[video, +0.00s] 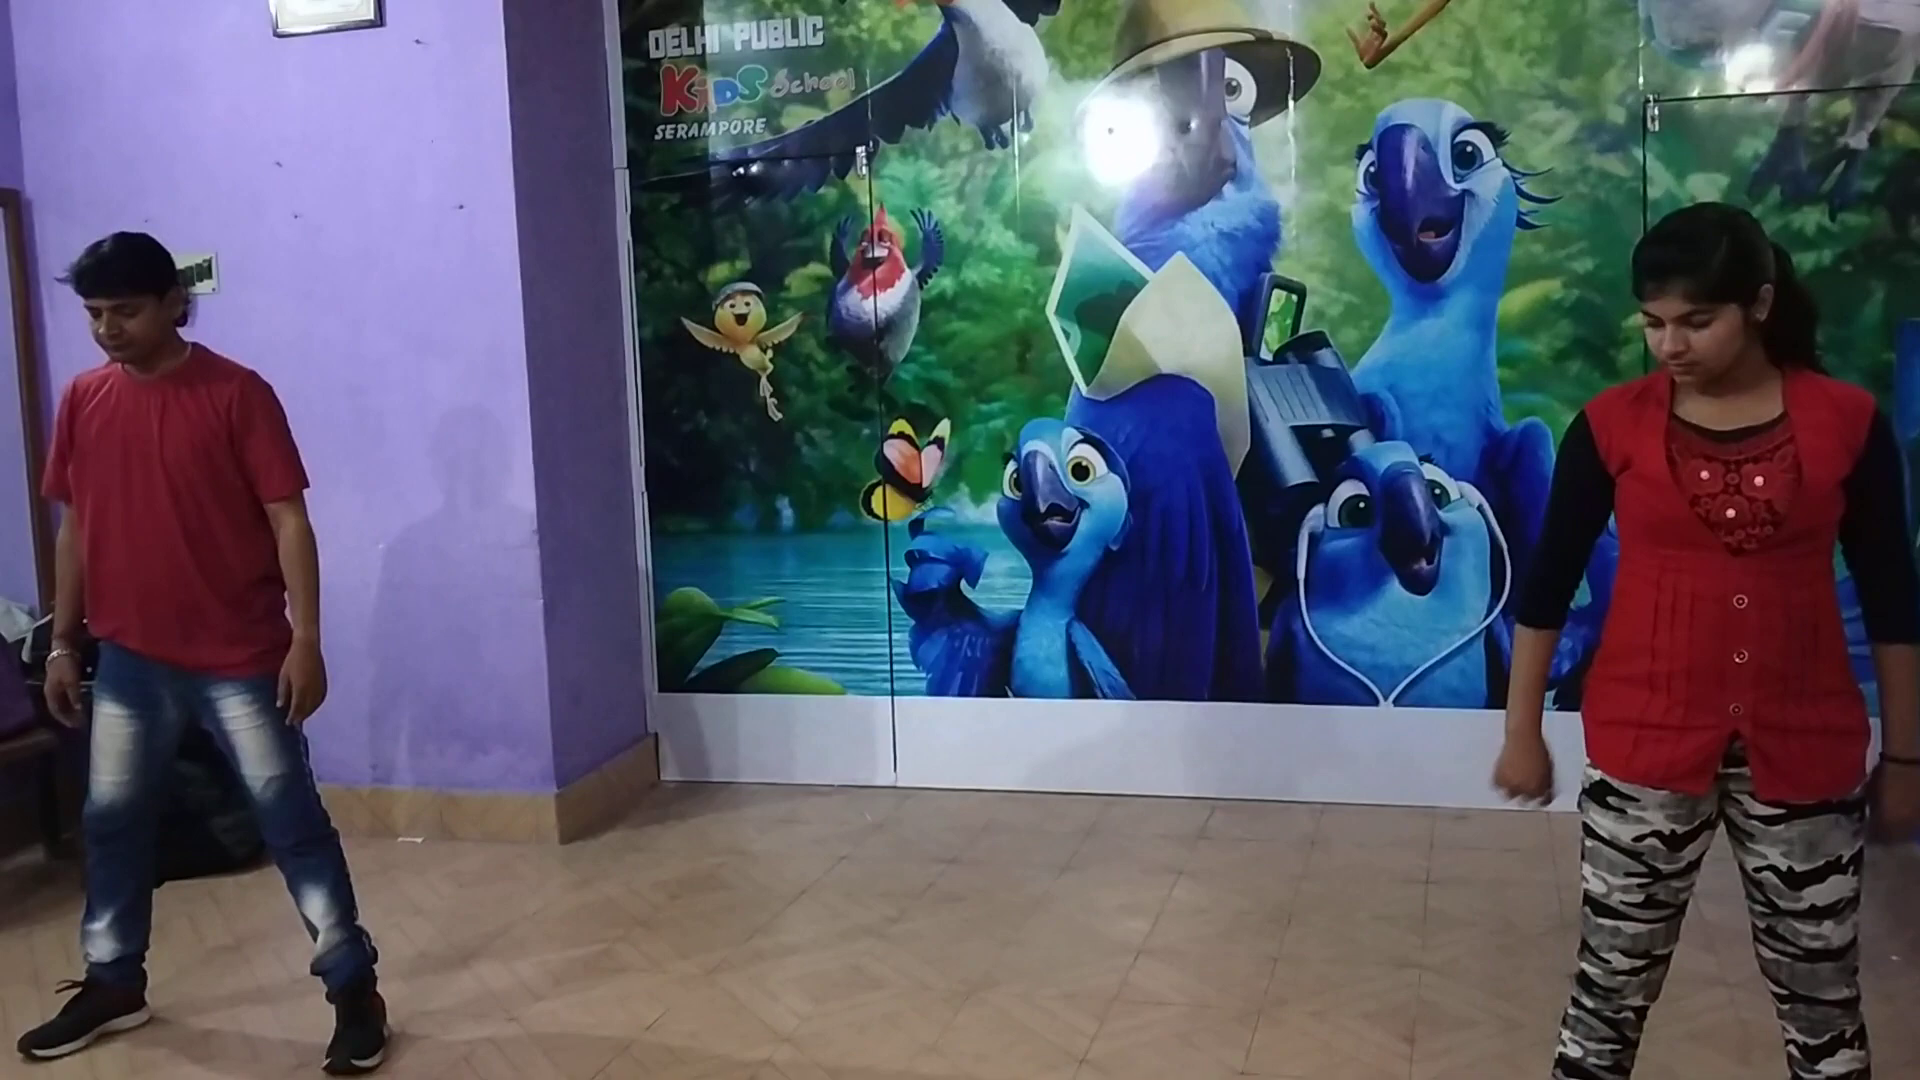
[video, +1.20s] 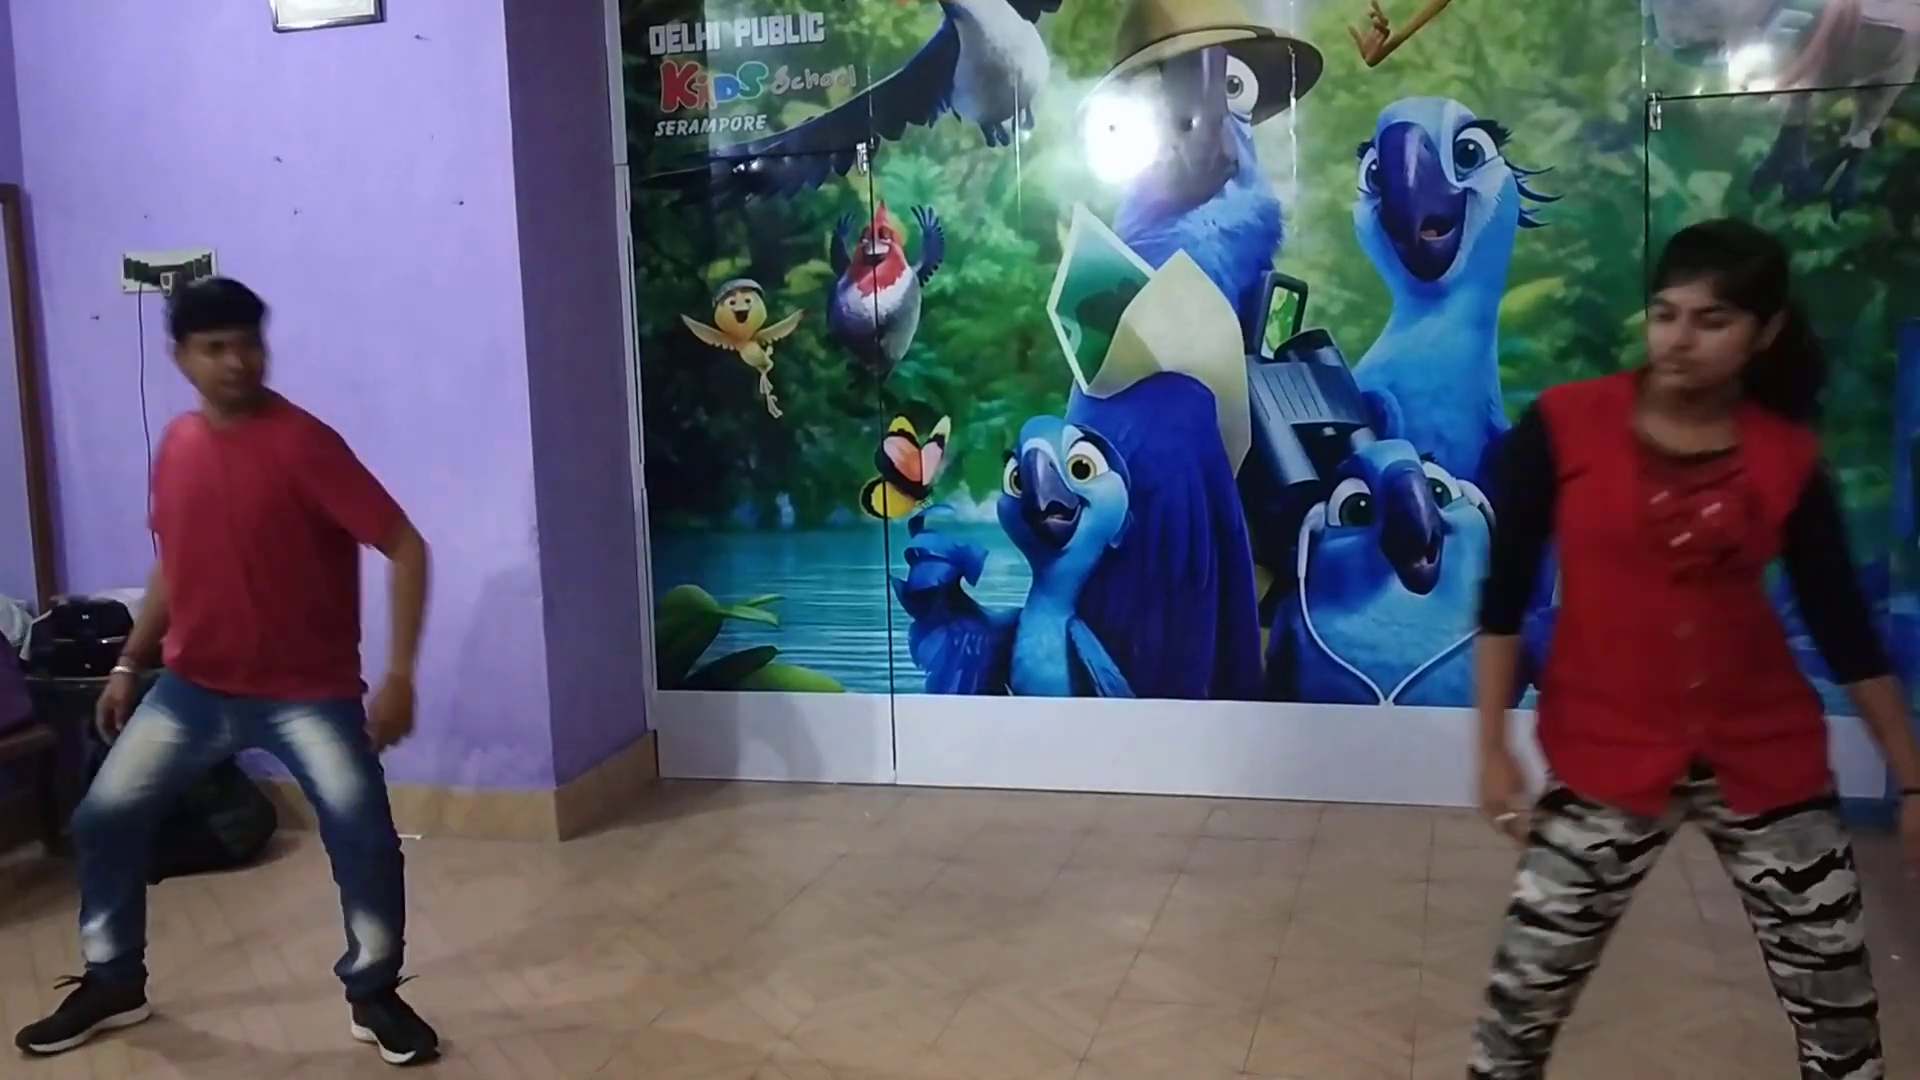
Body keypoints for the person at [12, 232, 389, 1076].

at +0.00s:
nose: (104, 327)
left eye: (121, 310)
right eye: (93, 311)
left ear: (173, 303)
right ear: (87, 312)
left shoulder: (238, 393)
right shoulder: (83, 401)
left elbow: (289, 517)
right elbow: (74, 523)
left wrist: (306, 641)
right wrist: (63, 638)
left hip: (238, 650)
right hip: (129, 650)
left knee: (289, 816)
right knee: (112, 813)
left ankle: (352, 988)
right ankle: (112, 980)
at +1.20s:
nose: (236, 362)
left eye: (247, 346)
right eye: (215, 349)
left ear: (263, 349)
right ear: (182, 358)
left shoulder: (305, 443)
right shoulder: (177, 443)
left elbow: (407, 548)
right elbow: (174, 561)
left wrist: (398, 678)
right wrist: (129, 667)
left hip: (306, 690)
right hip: (196, 684)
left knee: (359, 812)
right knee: (106, 812)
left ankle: (376, 992)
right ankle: (112, 980)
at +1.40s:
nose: (317, 439)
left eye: (327, 422)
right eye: (297, 421)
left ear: (339, 426)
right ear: (253, 419)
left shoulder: (352, 528)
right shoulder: (212, 477)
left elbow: (438, 639)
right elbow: (191, 578)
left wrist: (451, 764)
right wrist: (151, 672)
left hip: (321, 718)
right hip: (206, 710)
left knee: (376, 834)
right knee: (83, 826)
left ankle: (377, 993)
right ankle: (117, 980)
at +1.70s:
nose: (246, 460)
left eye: (256, 444)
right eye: (230, 443)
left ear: (266, 437)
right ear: (182, 430)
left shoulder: (280, 514)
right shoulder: (135, 467)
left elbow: (342, 631)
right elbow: (112, 562)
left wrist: (379, 745)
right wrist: (81, 666)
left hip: (268, 700)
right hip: (151, 698)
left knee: (338, 809)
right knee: (39, 823)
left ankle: (376, 988)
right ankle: (110, 972)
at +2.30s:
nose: (134, 320)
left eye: (146, 305)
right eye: (114, 306)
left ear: (163, 310)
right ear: (76, 314)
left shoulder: (207, 404)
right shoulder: (52, 404)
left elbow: (266, 521)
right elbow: (48, 517)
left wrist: (305, 642)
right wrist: (38, 627)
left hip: (220, 648)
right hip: (103, 652)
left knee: (285, 801)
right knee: (86, 809)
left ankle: (334, 987)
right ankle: (101, 962)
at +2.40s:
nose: (167, 326)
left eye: (178, 311)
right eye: (148, 312)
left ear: (190, 317)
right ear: (105, 321)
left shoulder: (237, 416)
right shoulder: (72, 412)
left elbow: (290, 534)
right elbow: (53, 523)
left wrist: (327, 649)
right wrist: (50, 642)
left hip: (240, 659)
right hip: (123, 662)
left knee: (294, 808)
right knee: (97, 814)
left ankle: (322, 990)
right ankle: (100, 962)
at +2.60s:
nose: (276, 319)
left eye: (285, 304)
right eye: (256, 305)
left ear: (298, 310)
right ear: (209, 312)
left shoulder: (342, 410)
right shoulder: (164, 406)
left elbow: (373, 532)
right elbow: (130, 520)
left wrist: (394, 647)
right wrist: (106, 644)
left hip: (323, 662)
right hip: (205, 663)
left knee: (351, 827)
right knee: (171, 835)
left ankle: (329, 993)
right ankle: (110, 960)